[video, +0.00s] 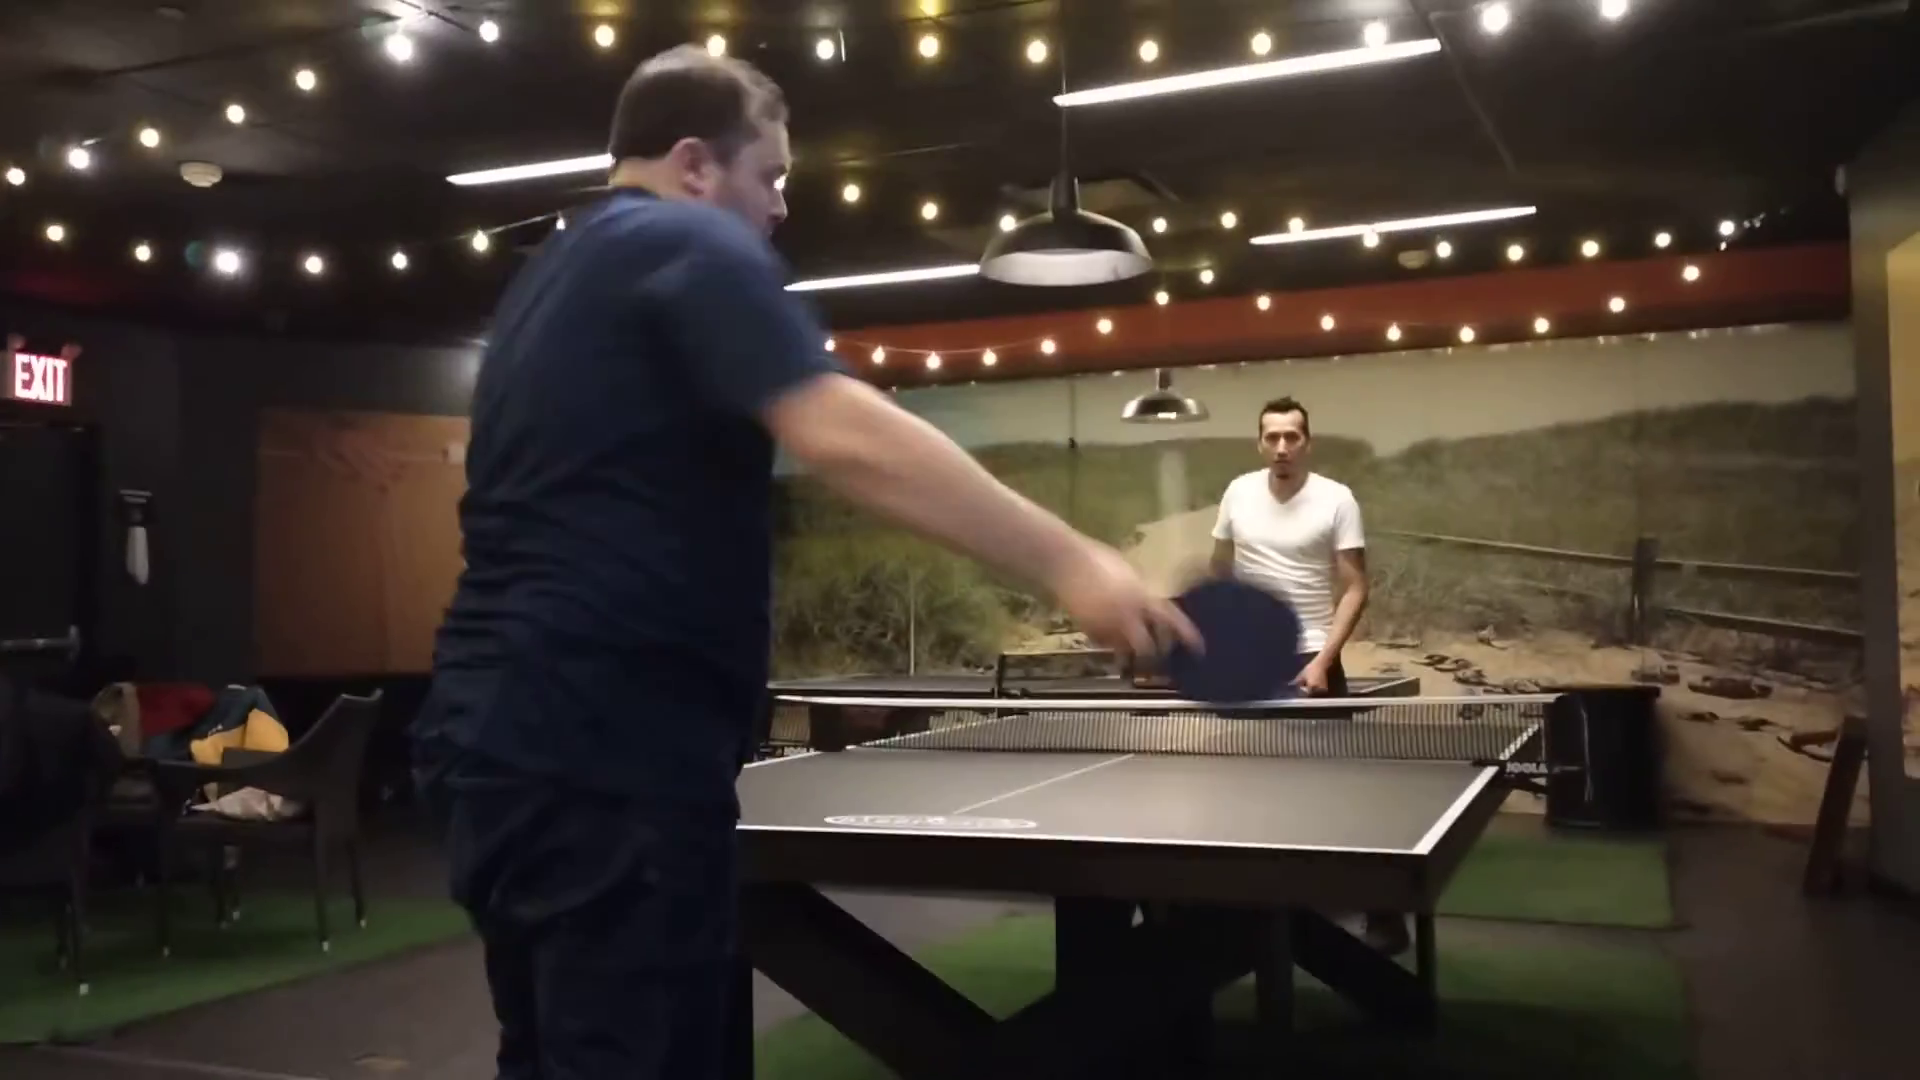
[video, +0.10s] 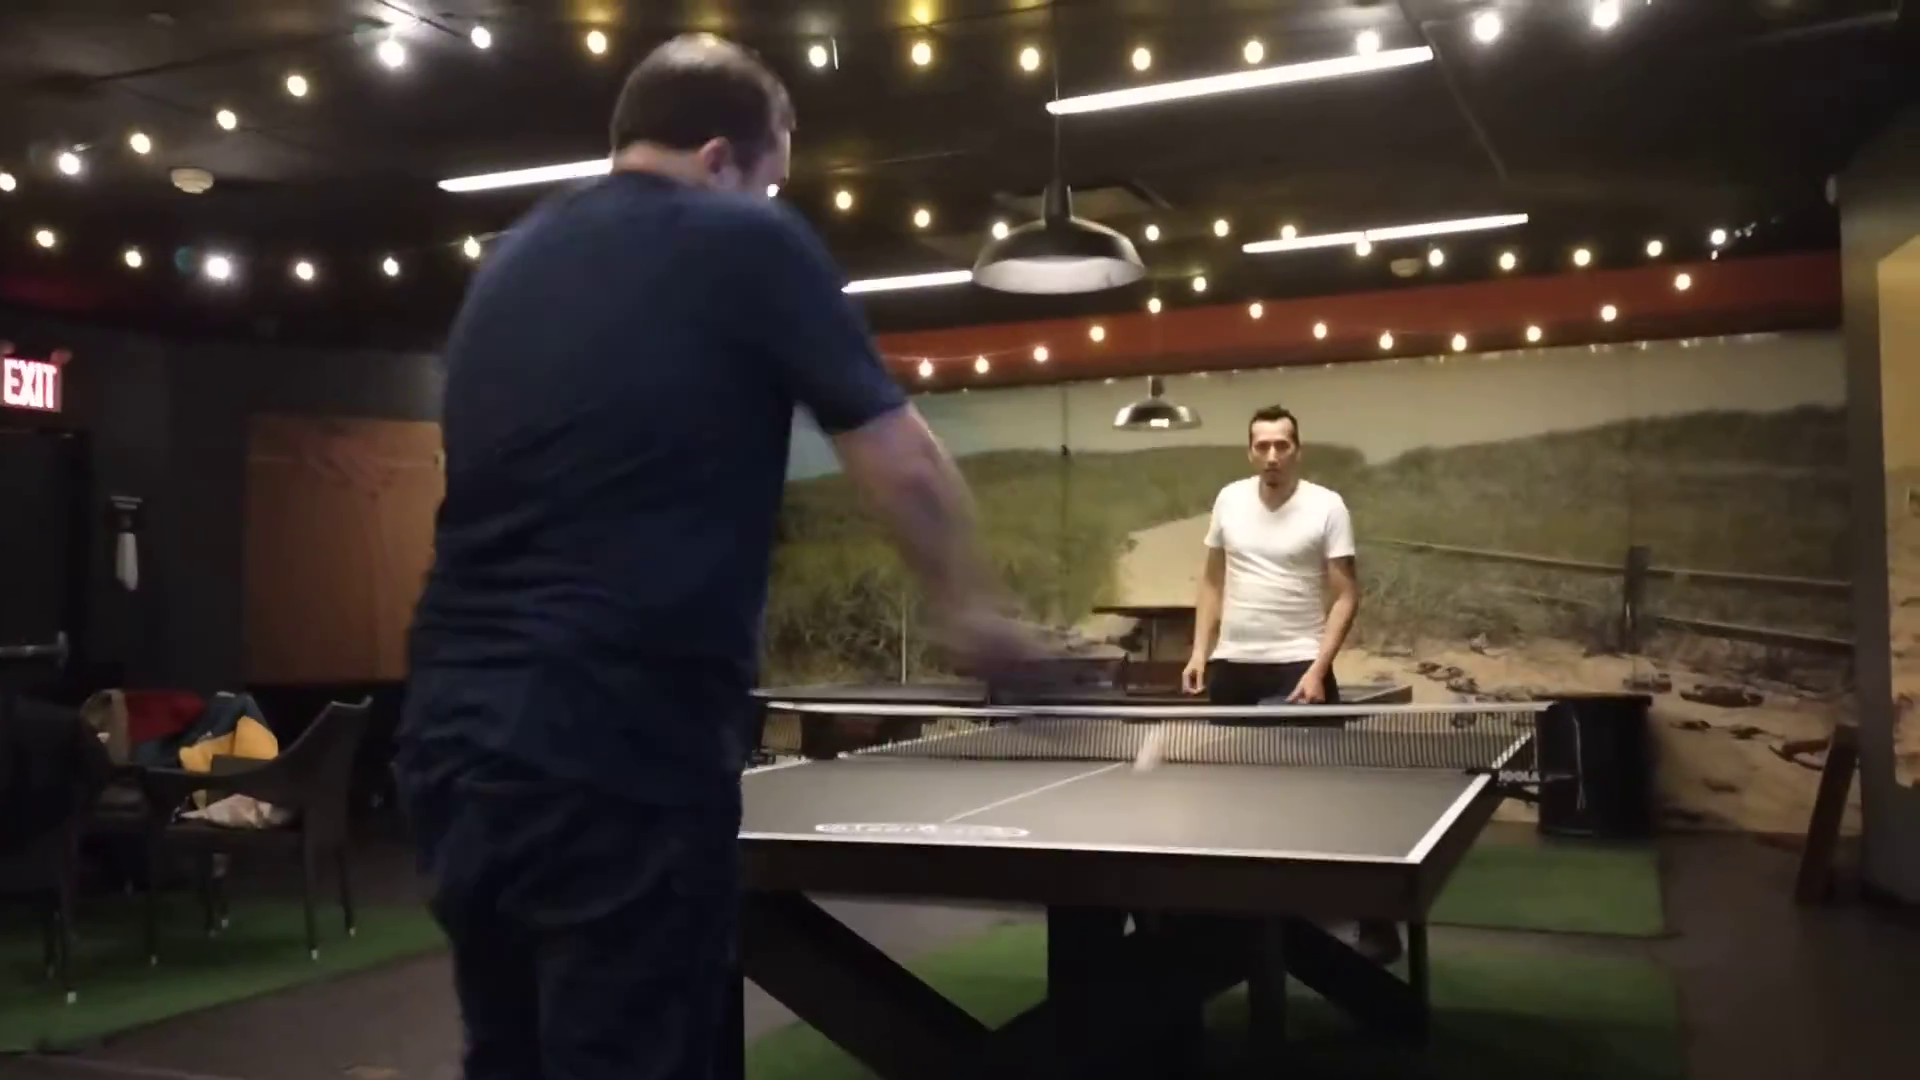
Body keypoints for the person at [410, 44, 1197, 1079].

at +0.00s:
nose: (781, 208)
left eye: (783, 183)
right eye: (772, 178)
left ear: (672, 164)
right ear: (694, 164)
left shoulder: (557, 269)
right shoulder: (688, 248)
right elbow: (835, 431)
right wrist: (1071, 561)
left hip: (509, 751)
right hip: (613, 760)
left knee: (550, 1056)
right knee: (654, 1057)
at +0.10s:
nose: (770, 208)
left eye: (775, 187)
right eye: (773, 185)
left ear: (624, 145)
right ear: (727, 159)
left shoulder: (514, 254)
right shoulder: (754, 244)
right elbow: (908, 472)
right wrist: (970, 613)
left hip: (457, 738)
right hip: (627, 750)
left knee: (509, 1053)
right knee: (650, 1054)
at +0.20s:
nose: (772, 192)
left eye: (777, 171)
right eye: (775, 170)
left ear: (621, 133)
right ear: (739, 153)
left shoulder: (488, 246)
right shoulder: (777, 237)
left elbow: (469, 439)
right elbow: (822, 427)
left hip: (440, 744)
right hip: (635, 750)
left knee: (475, 1058)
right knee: (641, 1054)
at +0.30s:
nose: (765, 184)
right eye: (768, 164)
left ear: (613, 129)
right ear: (758, 157)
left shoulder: (482, 244)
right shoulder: (790, 258)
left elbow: (470, 446)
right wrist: (431, 438)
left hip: (446, 761)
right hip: (654, 771)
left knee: (450, 1061)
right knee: (640, 1059)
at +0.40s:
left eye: (598, 120)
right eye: (766, 164)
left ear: (605, 123)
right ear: (753, 163)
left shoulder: (478, 241)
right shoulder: (790, 266)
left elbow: (422, 442)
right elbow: (642, 368)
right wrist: (420, 366)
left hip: (451, 764)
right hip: (668, 780)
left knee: (421, 1062)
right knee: (644, 1061)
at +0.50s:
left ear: (589, 126)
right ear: (738, 164)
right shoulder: (780, 274)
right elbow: (618, 375)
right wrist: (367, 431)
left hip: (441, 779)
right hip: (661, 791)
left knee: (403, 1062)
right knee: (640, 1060)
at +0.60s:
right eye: (731, 171)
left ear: (568, 138)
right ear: (719, 171)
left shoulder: (436, 265)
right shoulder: (765, 290)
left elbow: (324, 522)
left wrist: (364, 719)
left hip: (424, 777)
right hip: (647, 786)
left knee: (399, 1062)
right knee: (629, 1061)